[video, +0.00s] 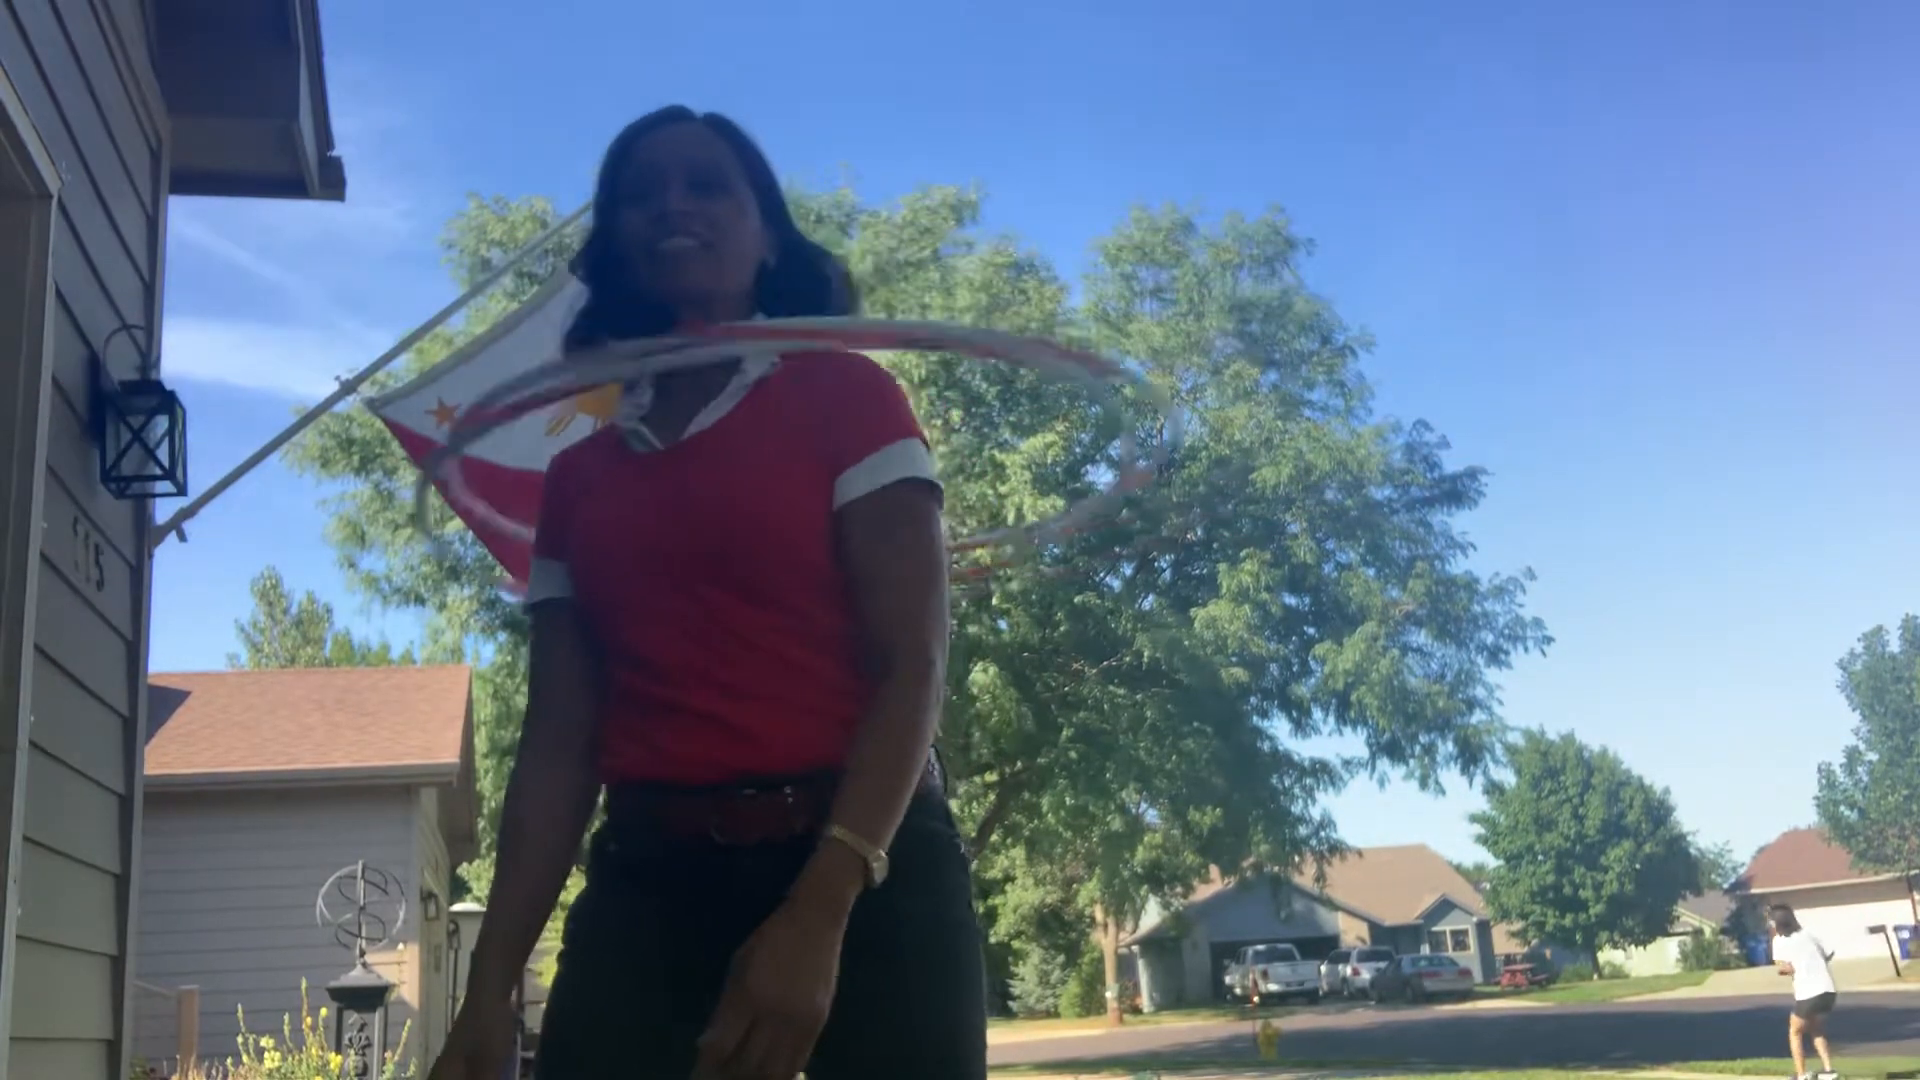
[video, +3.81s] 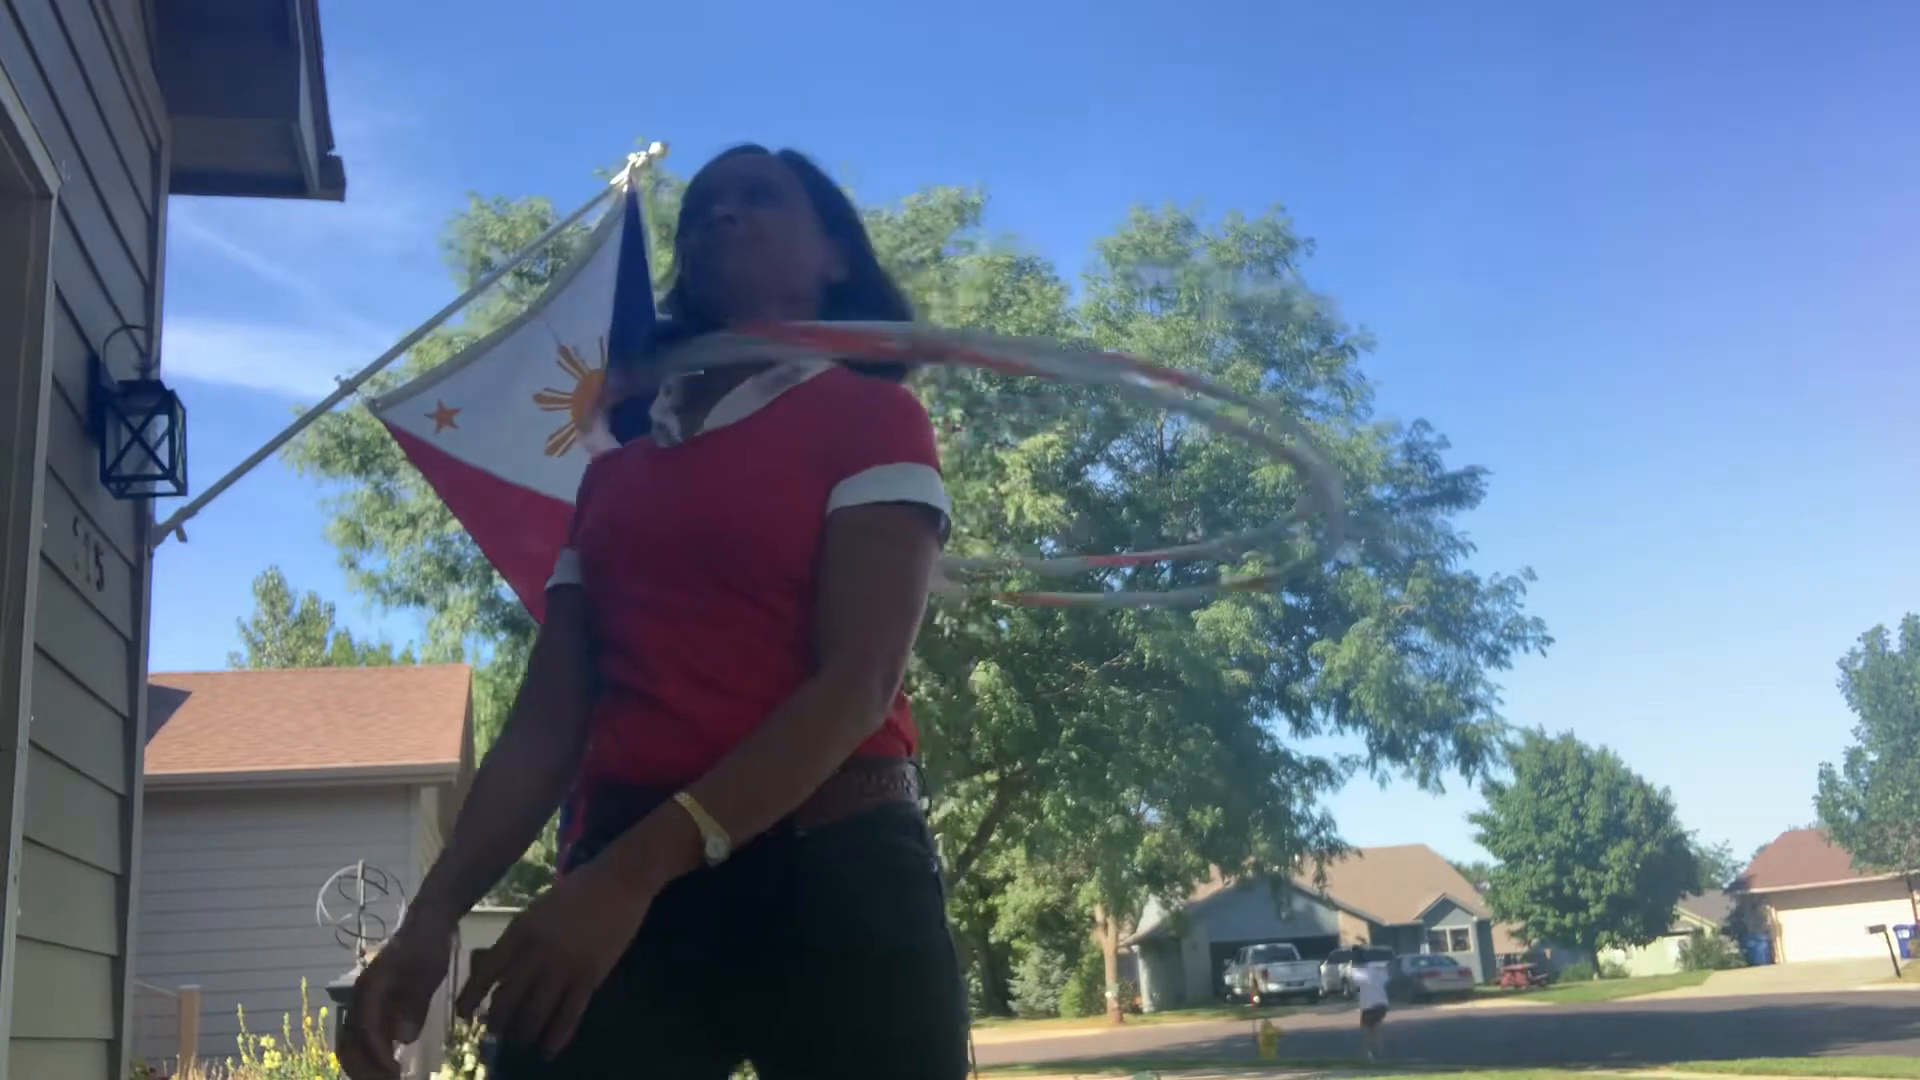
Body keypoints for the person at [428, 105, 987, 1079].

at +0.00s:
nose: (675, 205)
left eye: (708, 184)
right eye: (642, 191)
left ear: (767, 230)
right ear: (610, 242)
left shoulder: (840, 390)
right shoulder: (578, 472)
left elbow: (913, 666)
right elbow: (557, 739)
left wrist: (821, 910)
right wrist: (491, 990)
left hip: (865, 862)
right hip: (652, 871)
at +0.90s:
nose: (740, 256)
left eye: (780, 233)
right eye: (725, 249)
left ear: (865, 267)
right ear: (710, 301)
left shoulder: (915, 439)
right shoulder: (659, 493)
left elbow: (909, 694)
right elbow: (579, 713)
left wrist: (740, 870)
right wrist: (455, 909)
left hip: (869, 868)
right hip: (663, 875)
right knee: (577, 1058)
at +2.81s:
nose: (715, 195)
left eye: (758, 178)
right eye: (695, 193)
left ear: (831, 247)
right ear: (671, 262)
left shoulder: (901, 412)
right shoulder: (619, 460)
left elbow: (917, 672)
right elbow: (538, 699)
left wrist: (703, 806)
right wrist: (456, 862)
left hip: (872, 862)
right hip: (653, 880)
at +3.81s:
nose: (720, 213)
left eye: (760, 195)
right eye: (700, 213)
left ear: (837, 257)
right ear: (685, 275)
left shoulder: (866, 409)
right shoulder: (616, 465)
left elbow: (856, 686)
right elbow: (547, 712)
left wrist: (632, 869)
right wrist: (431, 915)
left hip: (834, 874)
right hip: (617, 893)